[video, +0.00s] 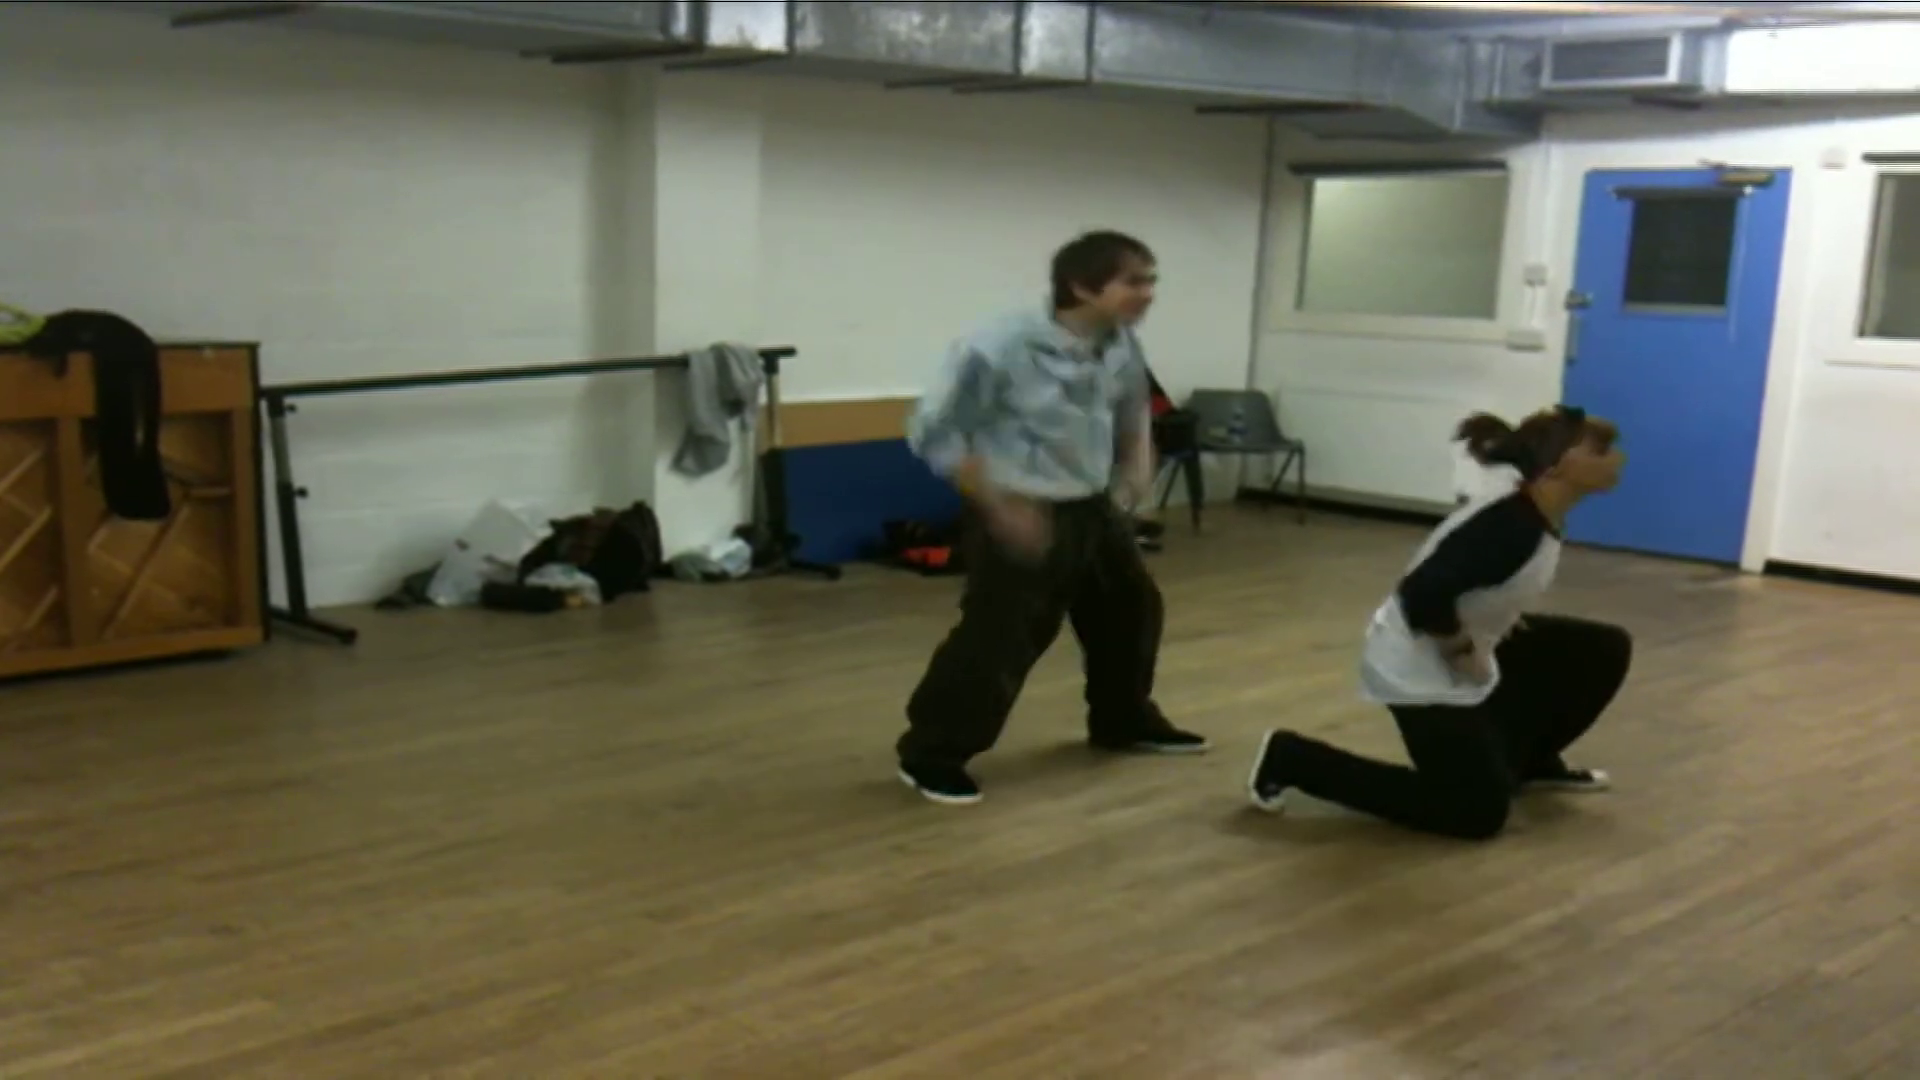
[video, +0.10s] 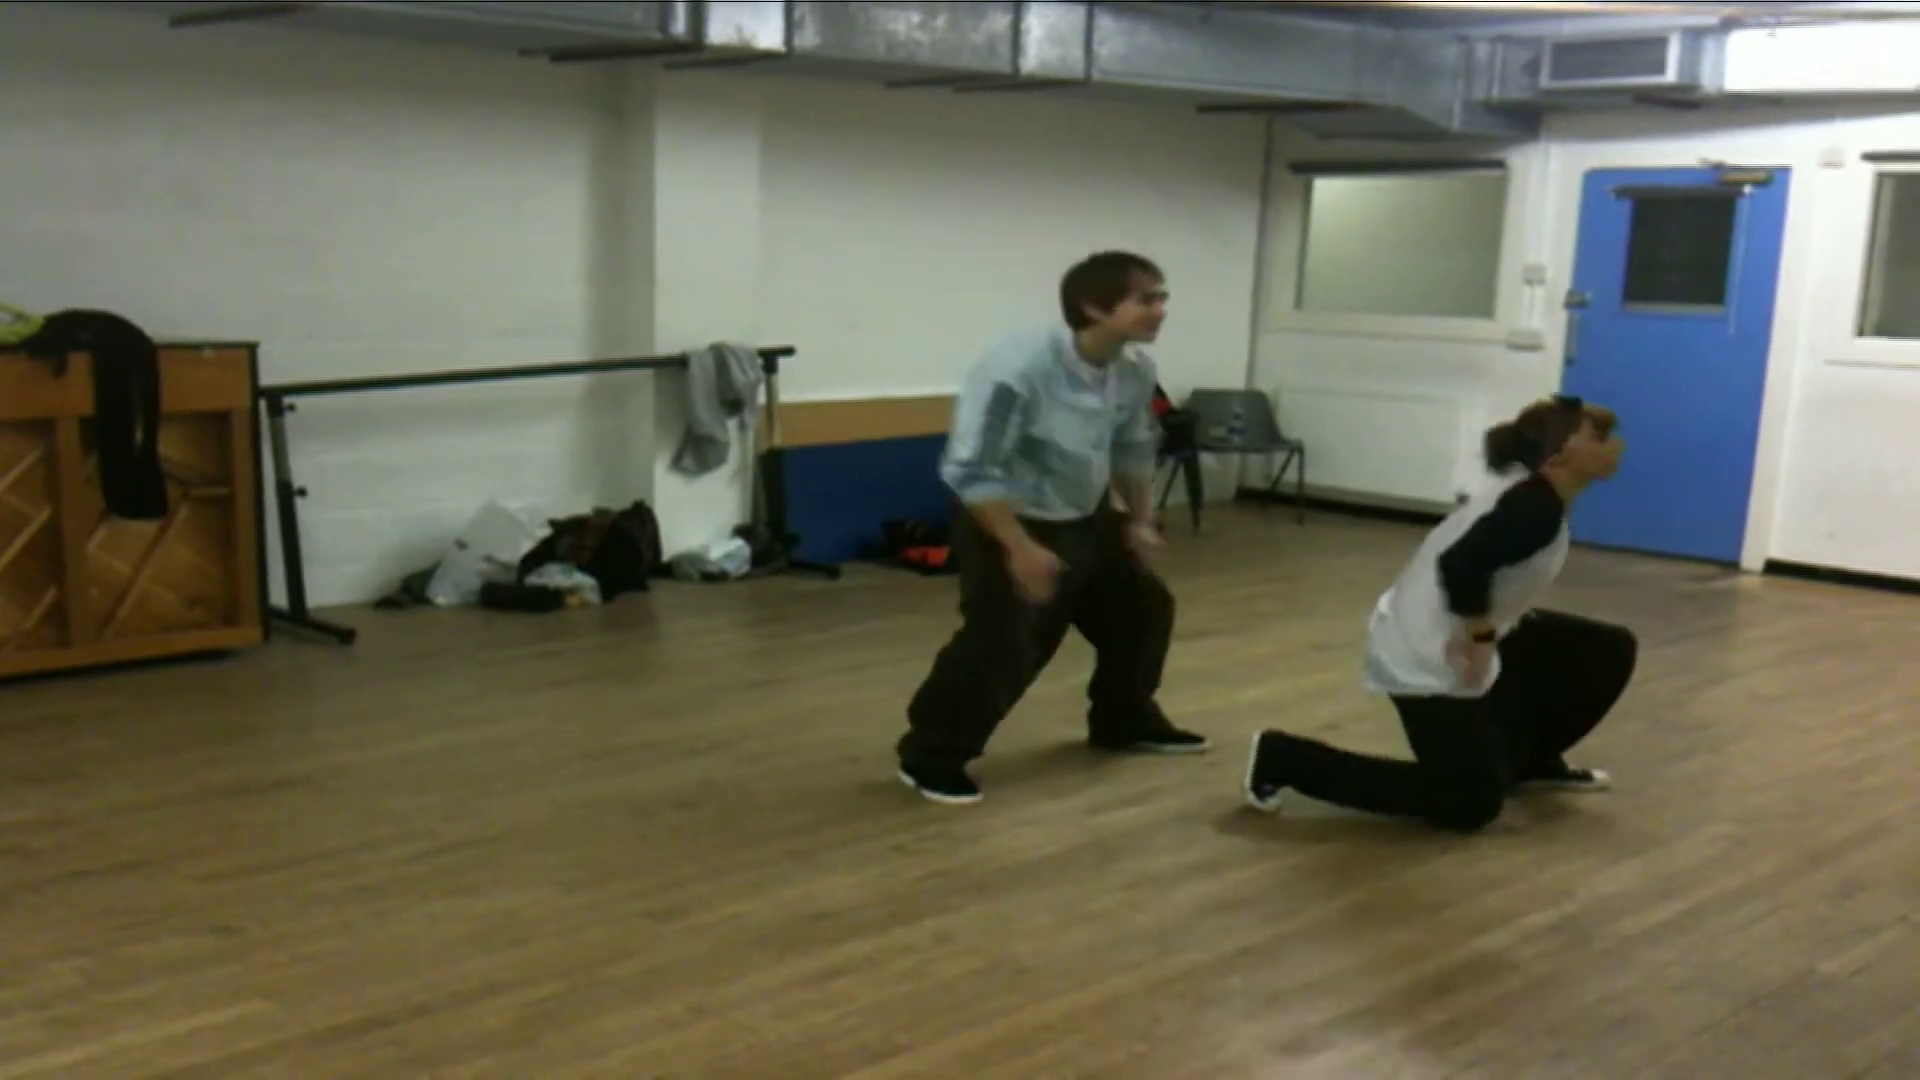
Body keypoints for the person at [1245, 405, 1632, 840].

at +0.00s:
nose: (1613, 453)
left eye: (1606, 444)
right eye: (1598, 448)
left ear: (1555, 471)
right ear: (1555, 471)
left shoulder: (1536, 512)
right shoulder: (1507, 526)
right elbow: (1422, 592)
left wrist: (1500, 620)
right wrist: (1458, 645)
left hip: (1476, 649)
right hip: (1420, 667)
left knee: (1604, 650)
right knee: (1474, 811)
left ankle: (1532, 760)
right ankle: (1293, 759)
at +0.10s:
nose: (1612, 439)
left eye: (1604, 430)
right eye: (1597, 436)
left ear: (1557, 463)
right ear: (1557, 464)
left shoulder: (1545, 495)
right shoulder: (1534, 505)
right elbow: (1461, 564)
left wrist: (1498, 617)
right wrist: (1480, 632)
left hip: (1480, 637)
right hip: (1427, 657)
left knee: (1609, 653)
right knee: (1470, 800)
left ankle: (1534, 760)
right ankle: (1284, 758)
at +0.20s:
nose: (1598, 407)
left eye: (1590, 397)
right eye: (1584, 400)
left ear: (1546, 420)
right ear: (1552, 418)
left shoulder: (1521, 461)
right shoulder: (1533, 479)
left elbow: (1513, 559)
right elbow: (1489, 574)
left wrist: (1562, 604)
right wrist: (1522, 646)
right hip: (1423, 635)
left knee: (1609, 654)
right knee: (1476, 767)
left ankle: (1532, 759)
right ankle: (1283, 758)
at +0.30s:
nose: (1572, 374)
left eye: (1566, 363)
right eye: (1556, 366)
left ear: (1527, 391)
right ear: (1520, 388)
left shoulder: (1533, 451)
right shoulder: (1497, 451)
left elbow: (1577, 531)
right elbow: (1569, 528)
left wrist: (1633, 575)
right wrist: (1636, 574)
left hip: (1469, 589)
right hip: (1402, 603)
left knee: (1587, 654)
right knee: (1490, 707)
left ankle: (1535, 760)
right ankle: (1314, 753)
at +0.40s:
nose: (1538, 346)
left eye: (1531, 336)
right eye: (1520, 338)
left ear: (1490, 361)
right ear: (1482, 357)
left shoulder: (1493, 411)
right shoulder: (1473, 415)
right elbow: (1574, 456)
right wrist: (1681, 461)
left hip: (1428, 570)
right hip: (1359, 577)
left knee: (1537, 657)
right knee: (1464, 675)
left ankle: (1530, 762)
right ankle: (1340, 787)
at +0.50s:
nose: (1498, 305)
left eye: (1492, 296)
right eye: (1479, 300)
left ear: (1495, 309)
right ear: (1445, 324)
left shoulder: (1505, 387)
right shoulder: (1432, 377)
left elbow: (1557, 382)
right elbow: (1431, 371)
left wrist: (1623, 370)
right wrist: (1491, 331)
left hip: (1386, 548)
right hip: (1317, 552)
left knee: (1496, 654)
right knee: (1413, 675)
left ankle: (1430, 753)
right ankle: (1330, 788)